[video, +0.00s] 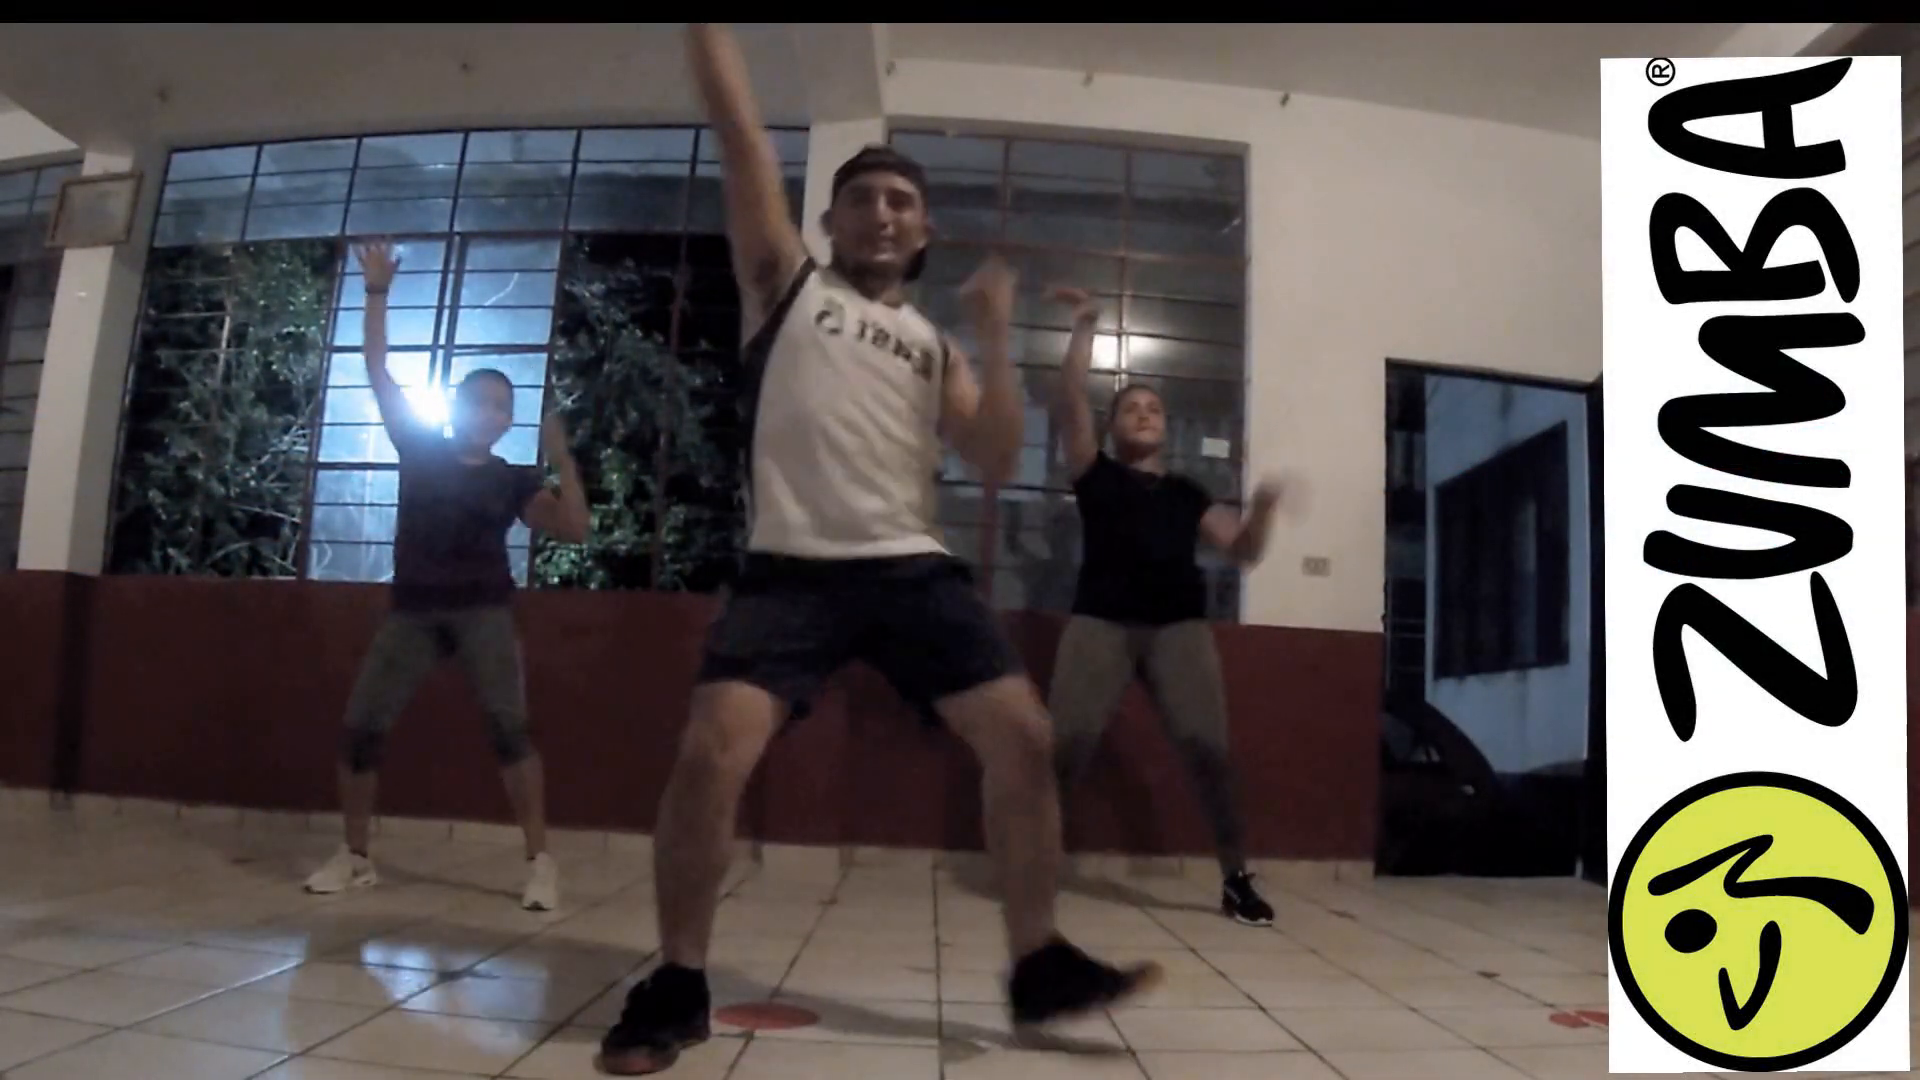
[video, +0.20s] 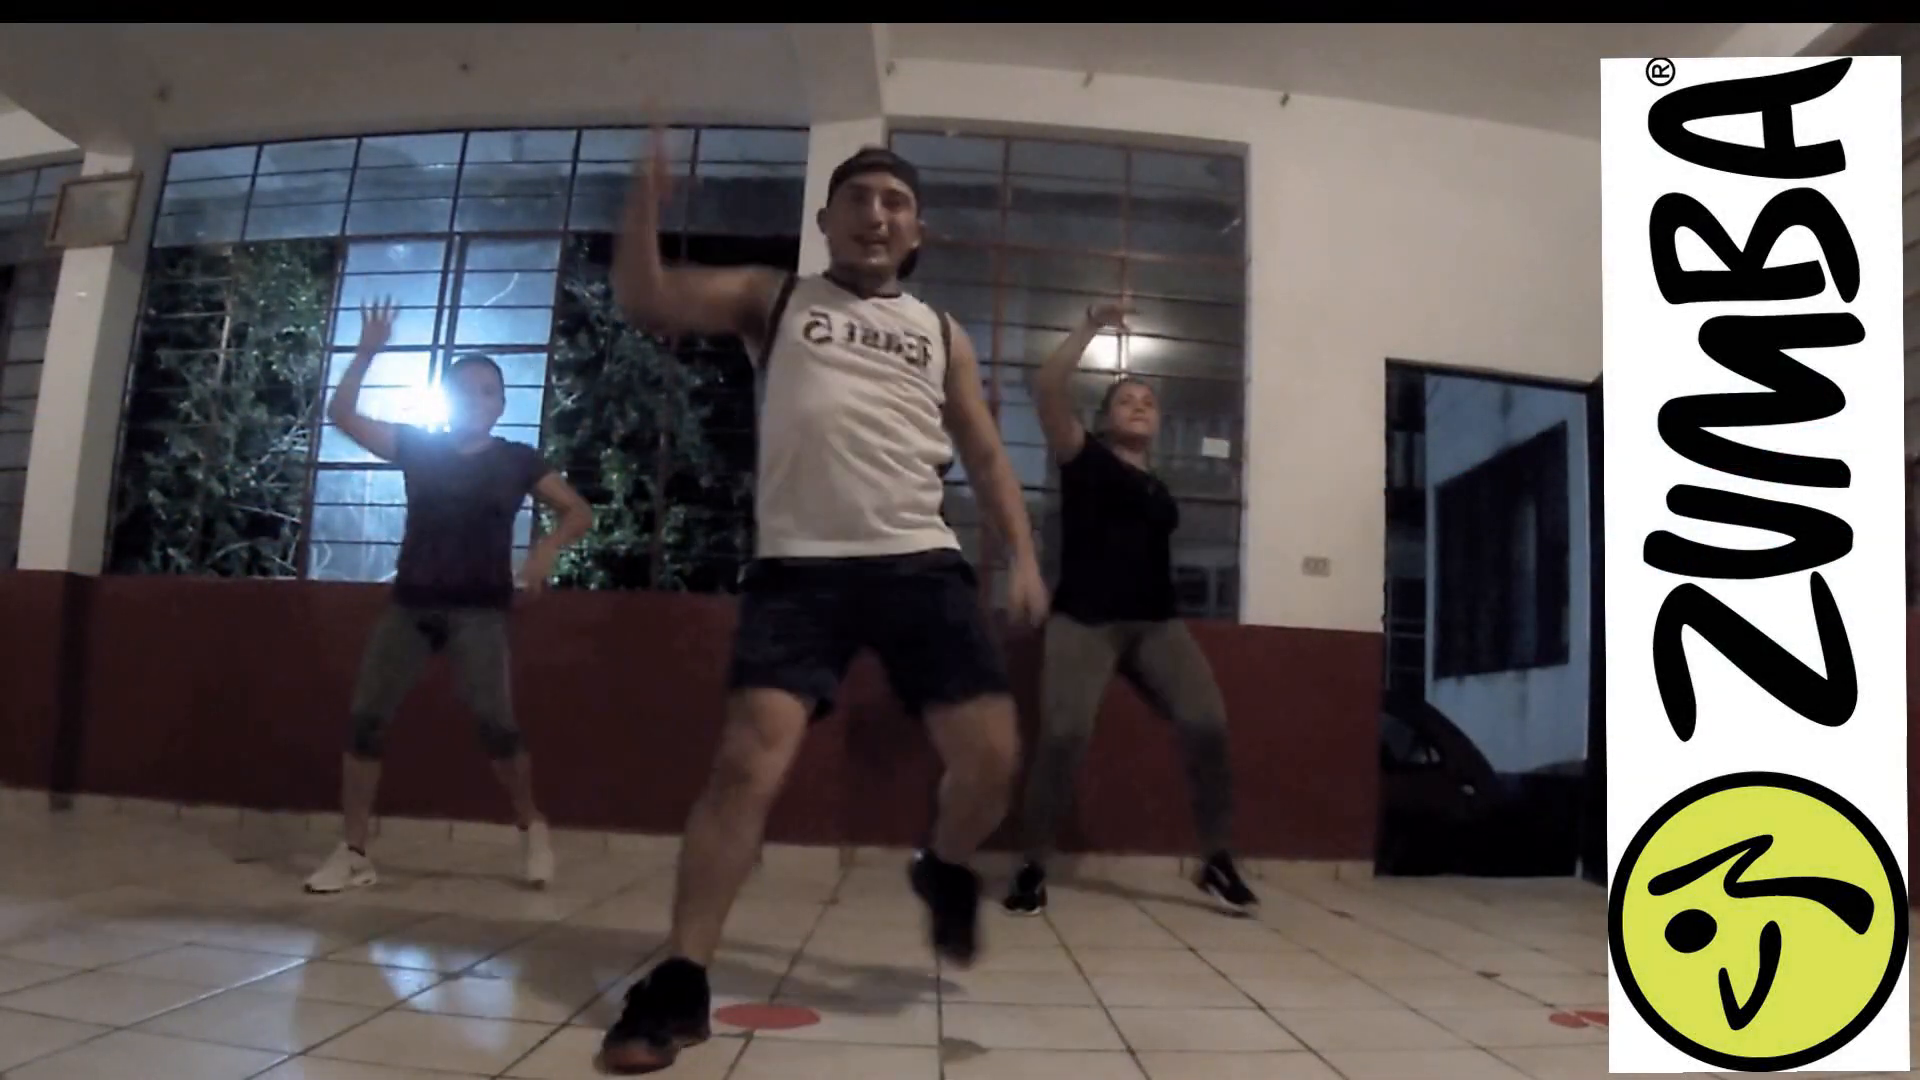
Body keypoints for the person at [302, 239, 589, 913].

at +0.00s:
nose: (487, 412)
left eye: (499, 406)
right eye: (479, 400)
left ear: (508, 419)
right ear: (457, 402)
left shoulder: (510, 479)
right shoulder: (420, 448)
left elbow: (574, 526)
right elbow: (378, 370)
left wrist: (557, 451)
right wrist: (378, 291)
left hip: (483, 612)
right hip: (415, 609)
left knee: (509, 731)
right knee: (361, 729)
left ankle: (538, 862)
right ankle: (355, 858)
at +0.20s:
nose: (484, 400)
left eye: (492, 392)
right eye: (473, 390)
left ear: (503, 402)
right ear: (449, 395)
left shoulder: (516, 461)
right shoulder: (417, 448)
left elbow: (578, 513)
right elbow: (342, 415)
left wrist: (545, 553)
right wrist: (366, 351)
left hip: (481, 610)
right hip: (412, 606)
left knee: (496, 725)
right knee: (366, 720)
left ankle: (533, 831)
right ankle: (354, 852)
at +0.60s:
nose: (516, 409)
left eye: (527, 400)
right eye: (505, 399)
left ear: (541, 412)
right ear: (486, 409)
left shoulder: (560, 472)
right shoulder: (459, 469)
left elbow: (616, 527)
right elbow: (418, 525)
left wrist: (579, 579)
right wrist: (408, 530)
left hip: (528, 622)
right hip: (462, 618)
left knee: (527, 737)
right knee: (407, 709)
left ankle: (542, 844)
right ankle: (387, 838)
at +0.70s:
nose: (517, 403)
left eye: (528, 396)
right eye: (507, 394)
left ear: (542, 411)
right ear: (486, 404)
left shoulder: (557, 470)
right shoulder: (456, 465)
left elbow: (610, 530)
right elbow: (435, 526)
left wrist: (568, 574)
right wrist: (423, 557)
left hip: (526, 621)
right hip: (462, 616)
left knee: (528, 741)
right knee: (410, 714)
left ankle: (544, 844)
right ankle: (431, 832)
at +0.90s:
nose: (508, 430)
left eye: (518, 419)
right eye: (498, 418)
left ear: (532, 423)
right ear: (479, 420)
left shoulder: (546, 481)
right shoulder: (453, 482)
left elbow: (575, 556)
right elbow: (412, 548)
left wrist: (521, 551)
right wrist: (408, 577)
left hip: (519, 628)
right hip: (455, 624)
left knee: (519, 740)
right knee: (425, 736)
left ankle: (548, 837)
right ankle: (446, 847)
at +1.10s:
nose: (526, 412)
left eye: (535, 403)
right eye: (515, 402)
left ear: (549, 403)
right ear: (498, 404)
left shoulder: (565, 449)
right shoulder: (473, 447)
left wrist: (585, 398)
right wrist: (415, 418)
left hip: (542, 592)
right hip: (473, 591)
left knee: (562, 724)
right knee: (446, 719)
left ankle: (603, 853)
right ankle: (448, 846)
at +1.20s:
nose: (538, 411)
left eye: (549, 402)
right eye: (528, 401)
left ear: (571, 401)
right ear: (516, 401)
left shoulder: (588, 454)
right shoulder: (493, 445)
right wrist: (406, 410)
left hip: (561, 584)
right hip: (490, 584)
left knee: (589, 724)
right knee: (459, 713)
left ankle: (636, 854)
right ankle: (451, 845)